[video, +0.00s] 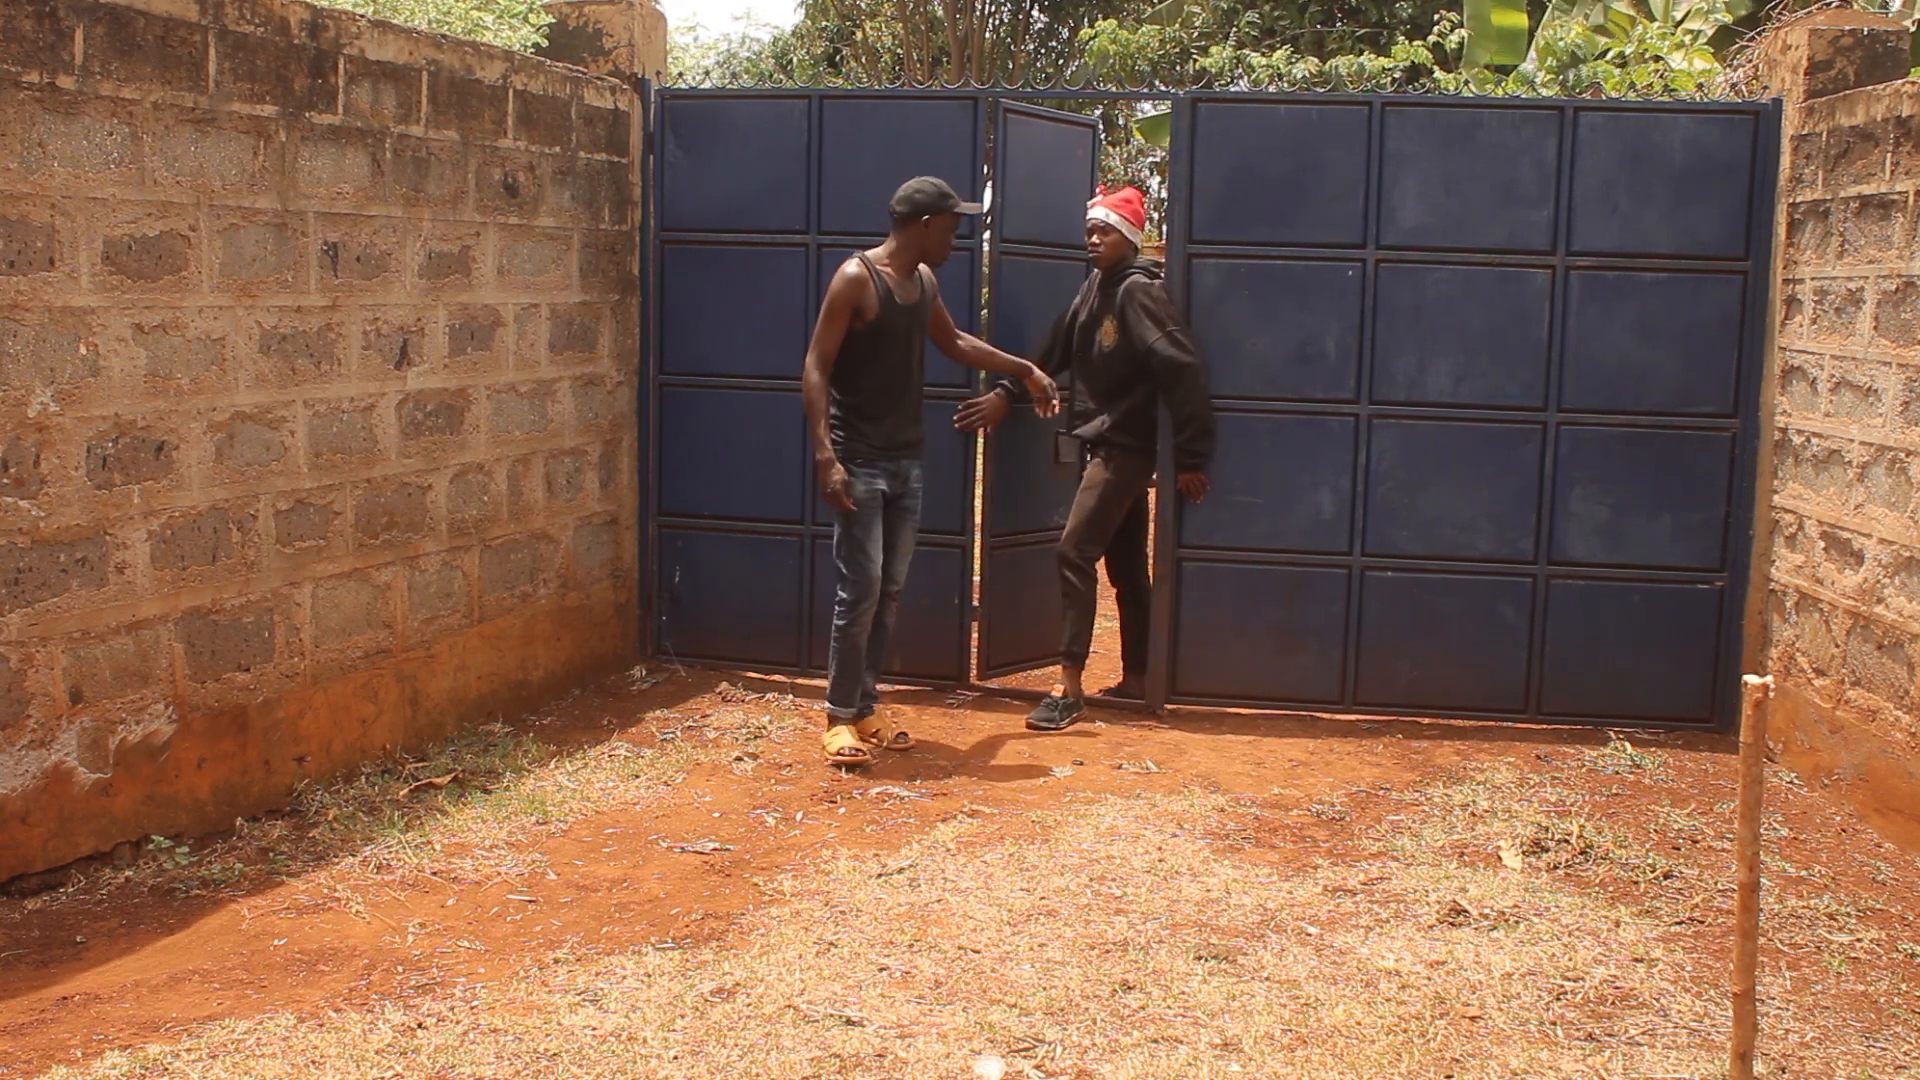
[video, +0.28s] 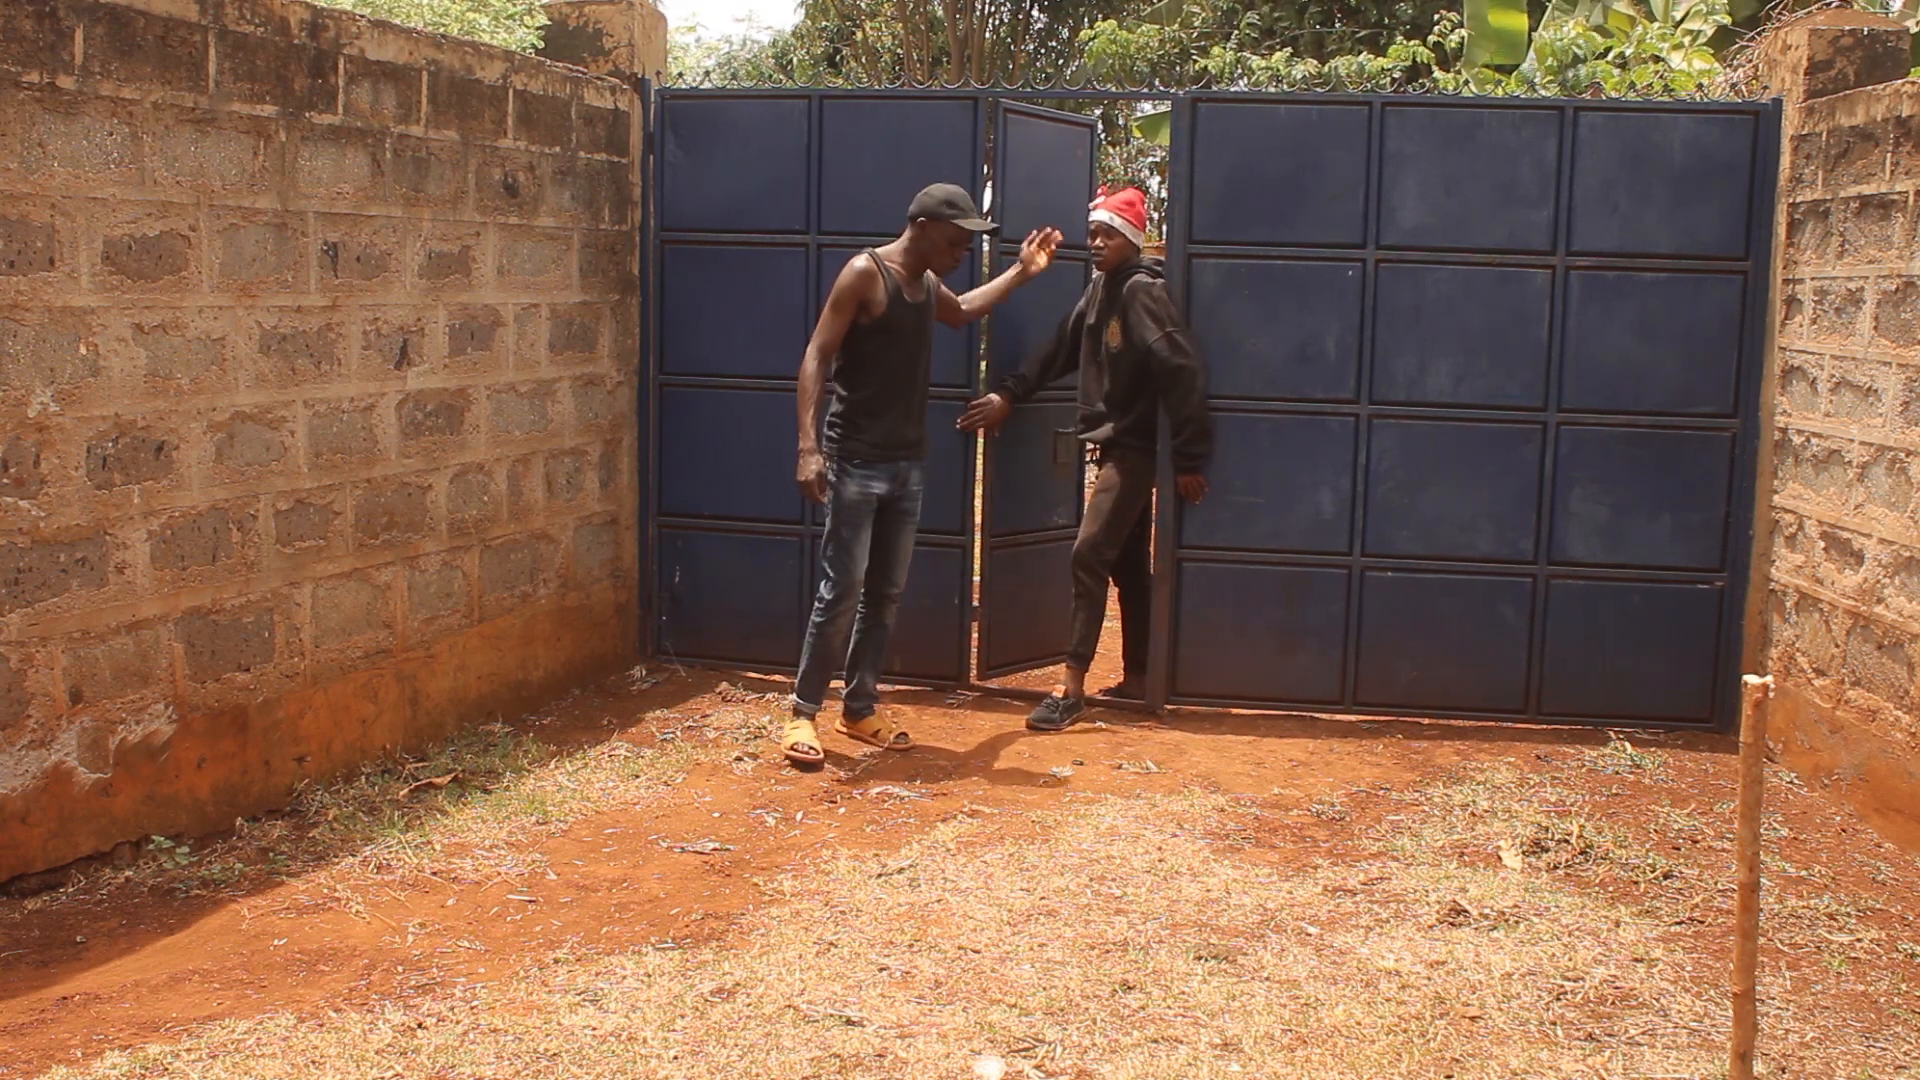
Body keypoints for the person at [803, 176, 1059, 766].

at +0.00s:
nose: (956, 239)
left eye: (956, 228)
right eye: (951, 227)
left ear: (924, 226)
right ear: (920, 224)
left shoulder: (922, 281)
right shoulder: (855, 278)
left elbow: (954, 342)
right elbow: (815, 368)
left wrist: (1026, 369)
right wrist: (825, 456)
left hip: (907, 460)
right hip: (859, 459)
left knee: (888, 588)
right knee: (860, 587)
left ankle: (862, 711)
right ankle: (841, 720)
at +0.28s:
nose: (962, 254)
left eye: (966, 243)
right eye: (956, 241)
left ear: (938, 235)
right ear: (921, 228)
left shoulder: (924, 282)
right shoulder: (863, 273)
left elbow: (963, 309)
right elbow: (815, 360)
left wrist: (1021, 270)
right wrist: (808, 448)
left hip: (906, 464)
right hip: (854, 461)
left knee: (885, 593)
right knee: (843, 589)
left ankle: (860, 714)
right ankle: (801, 716)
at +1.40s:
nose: (906, 222)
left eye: (903, 212)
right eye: (898, 213)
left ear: (870, 219)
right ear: (871, 219)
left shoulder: (873, 280)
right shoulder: (824, 288)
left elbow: (869, 386)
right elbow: (795, 387)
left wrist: (891, 460)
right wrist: (840, 471)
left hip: (878, 475)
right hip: (833, 478)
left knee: (878, 608)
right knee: (828, 623)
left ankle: (864, 723)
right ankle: (813, 760)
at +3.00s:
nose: (926, 225)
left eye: (924, 216)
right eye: (921, 217)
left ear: (883, 223)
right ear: (897, 225)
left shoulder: (883, 275)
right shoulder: (863, 287)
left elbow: (926, 317)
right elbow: (850, 393)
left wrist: (967, 252)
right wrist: (893, 480)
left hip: (886, 468)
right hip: (854, 471)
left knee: (891, 604)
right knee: (841, 613)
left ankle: (861, 725)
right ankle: (807, 754)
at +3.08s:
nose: (934, 226)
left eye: (932, 217)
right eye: (928, 217)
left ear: (895, 222)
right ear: (903, 223)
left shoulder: (891, 277)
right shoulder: (867, 282)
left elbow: (929, 321)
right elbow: (854, 388)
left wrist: (992, 272)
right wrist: (900, 474)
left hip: (891, 468)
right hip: (857, 468)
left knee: (888, 603)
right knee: (844, 606)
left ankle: (860, 725)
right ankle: (802, 747)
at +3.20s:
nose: (944, 231)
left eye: (942, 222)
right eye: (939, 222)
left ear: (906, 224)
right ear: (914, 224)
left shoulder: (897, 278)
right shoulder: (877, 281)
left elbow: (937, 323)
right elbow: (864, 383)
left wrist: (1017, 308)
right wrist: (903, 471)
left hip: (890, 464)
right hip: (860, 465)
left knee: (891, 600)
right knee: (850, 603)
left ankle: (862, 725)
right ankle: (794, 739)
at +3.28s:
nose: (954, 239)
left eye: (953, 228)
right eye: (950, 228)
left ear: (914, 225)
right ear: (927, 227)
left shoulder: (902, 277)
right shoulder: (887, 280)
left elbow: (948, 319)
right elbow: (871, 383)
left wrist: (1025, 301)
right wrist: (904, 473)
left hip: (888, 462)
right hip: (859, 461)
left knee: (893, 600)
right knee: (843, 603)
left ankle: (862, 725)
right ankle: (789, 739)